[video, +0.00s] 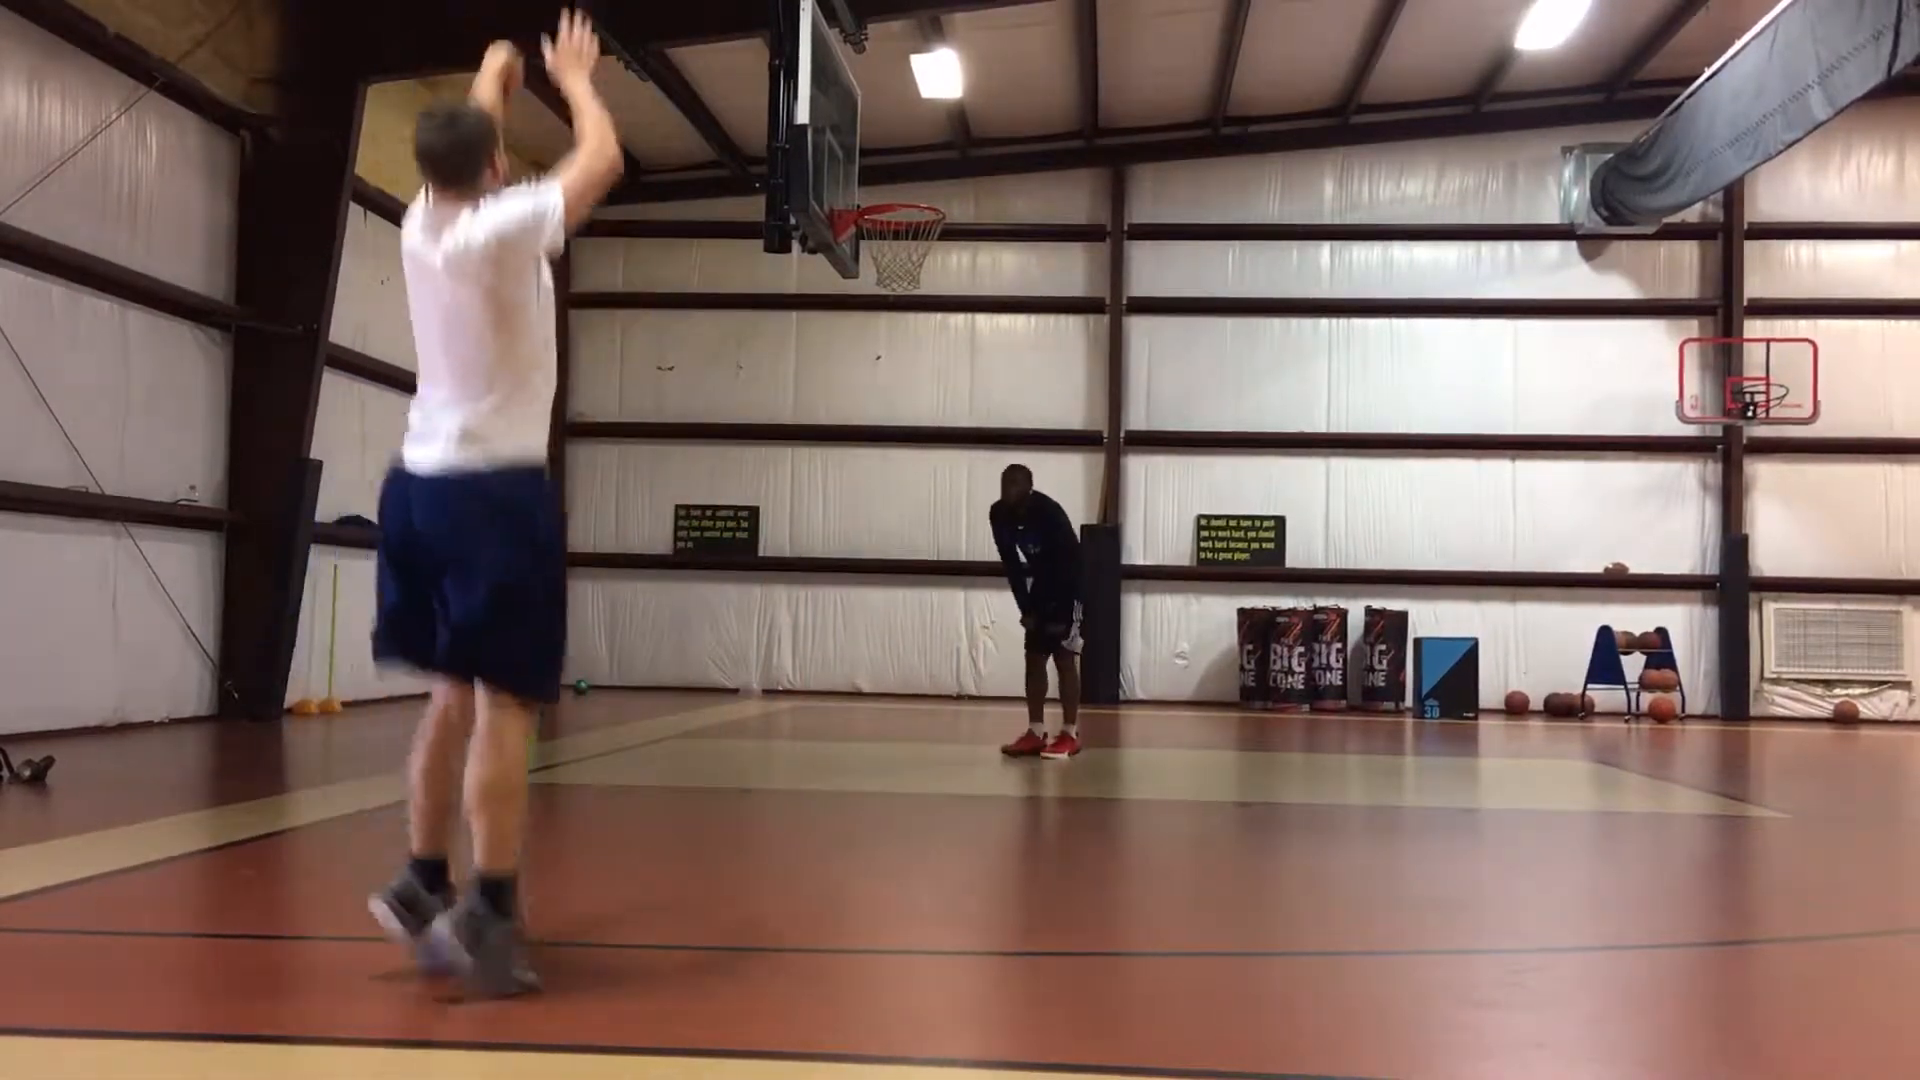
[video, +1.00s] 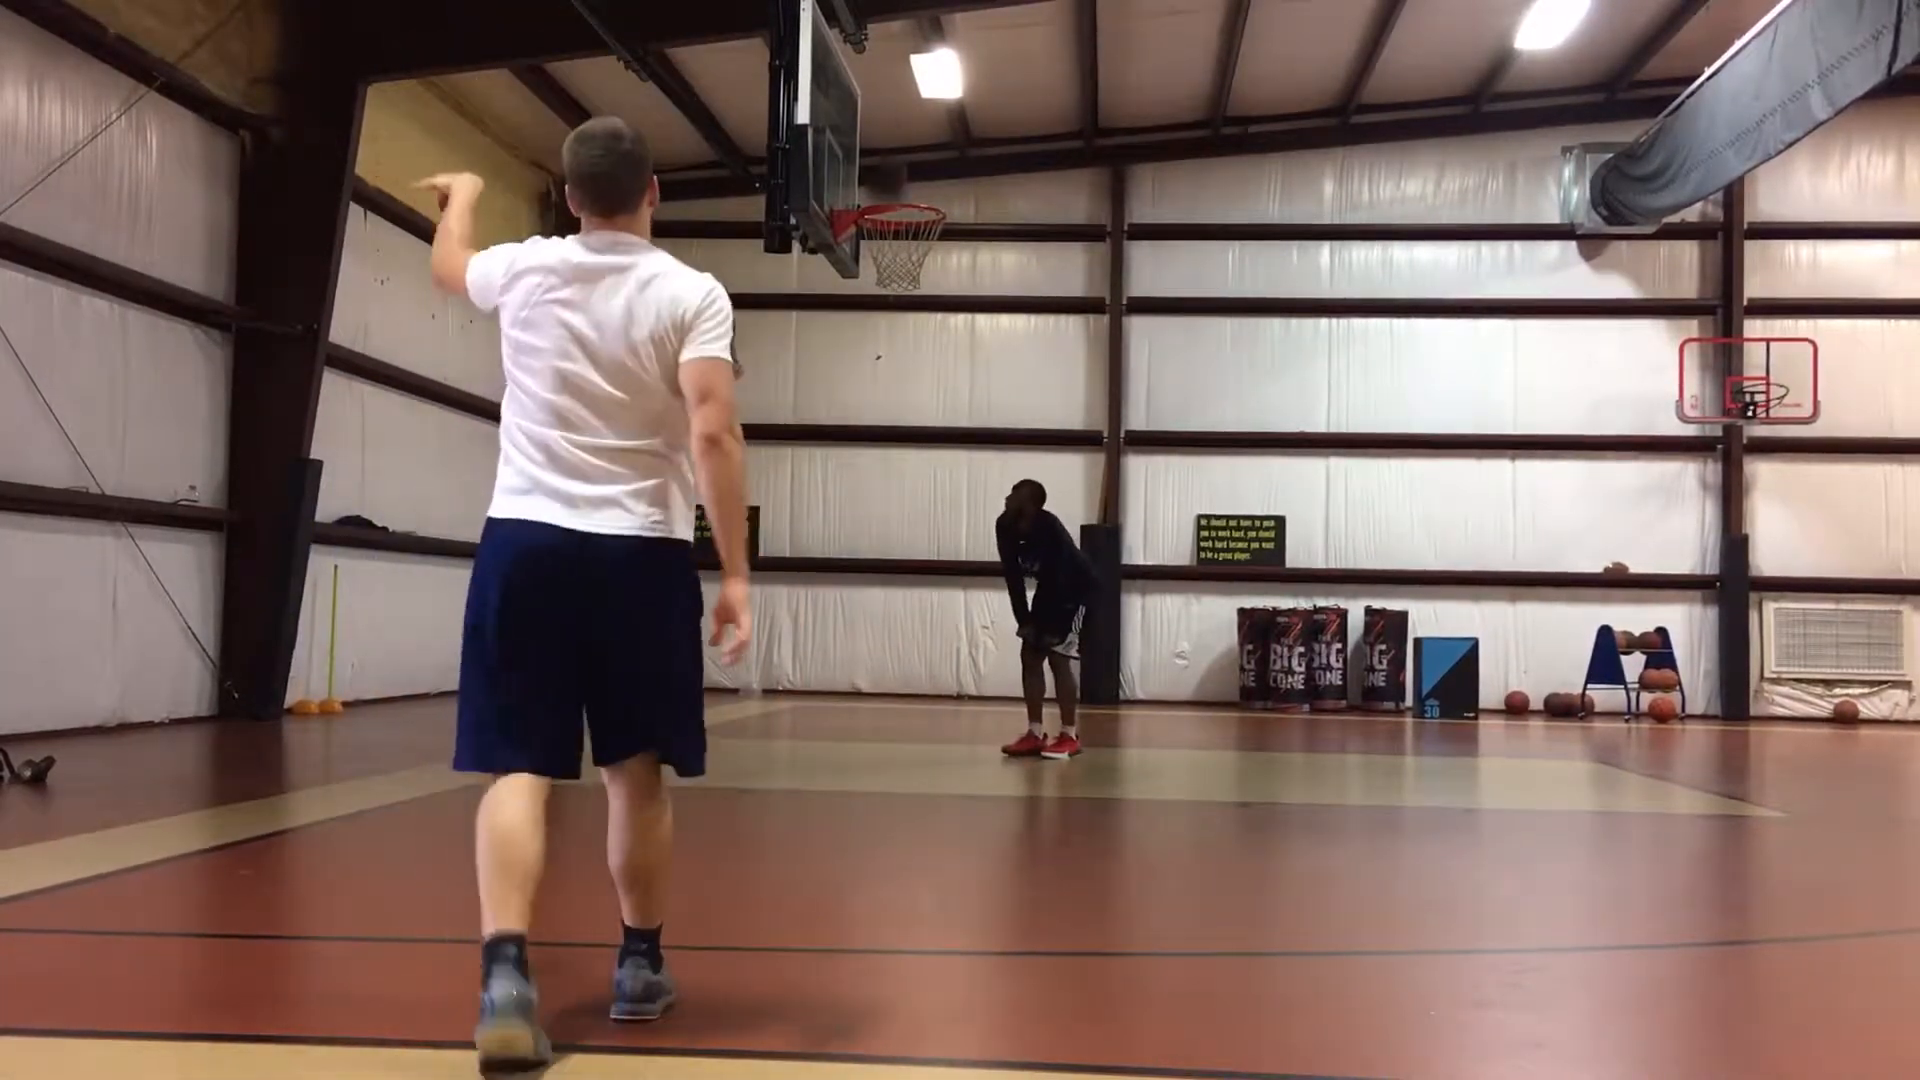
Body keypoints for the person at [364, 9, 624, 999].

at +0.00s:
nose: (502, 146)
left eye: (489, 138)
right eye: (497, 139)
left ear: (425, 163)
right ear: (494, 157)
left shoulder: (423, 223)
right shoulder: (513, 226)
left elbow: (466, 143)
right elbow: (602, 154)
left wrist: (493, 75)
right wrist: (579, 79)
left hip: (421, 488)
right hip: (501, 491)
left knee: (449, 693)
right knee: (503, 705)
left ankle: (422, 884)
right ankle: (488, 914)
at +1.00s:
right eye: (652, 187)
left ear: (567, 200)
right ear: (653, 196)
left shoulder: (521, 268)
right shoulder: (694, 295)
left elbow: (452, 266)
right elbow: (714, 430)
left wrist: (460, 194)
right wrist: (735, 571)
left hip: (525, 553)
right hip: (641, 565)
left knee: (519, 766)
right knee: (637, 773)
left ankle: (505, 976)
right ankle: (639, 966)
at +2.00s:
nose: (592, 200)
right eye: (595, 188)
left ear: (491, 173)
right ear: (582, 184)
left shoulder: (395, 253)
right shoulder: (597, 276)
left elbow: (308, 409)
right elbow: (650, 470)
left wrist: (376, 508)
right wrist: (681, 619)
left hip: (335, 544)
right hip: (490, 569)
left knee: (233, 784)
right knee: (505, 821)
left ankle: (76, 1018)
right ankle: (471, 1057)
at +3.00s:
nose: (848, 52)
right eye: (844, 41)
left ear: (757, 54)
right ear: (842, 49)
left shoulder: (736, 114)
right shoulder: (860, 111)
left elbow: (763, 53)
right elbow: (913, 32)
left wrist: (828, 33)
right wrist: (894, 5)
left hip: (728, 380)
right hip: (822, 380)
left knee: (743, 607)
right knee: (825, 616)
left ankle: (708, 820)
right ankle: (814, 836)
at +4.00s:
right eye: (995, 189)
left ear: (913, 195)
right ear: (997, 197)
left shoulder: (856, 285)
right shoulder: (1039, 302)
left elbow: (849, 407)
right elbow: (1042, 468)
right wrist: (969, 498)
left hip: (858, 552)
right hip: (978, 559)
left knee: (818, 756)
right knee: (991, 782)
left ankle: (788, 969)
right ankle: (997, 984)